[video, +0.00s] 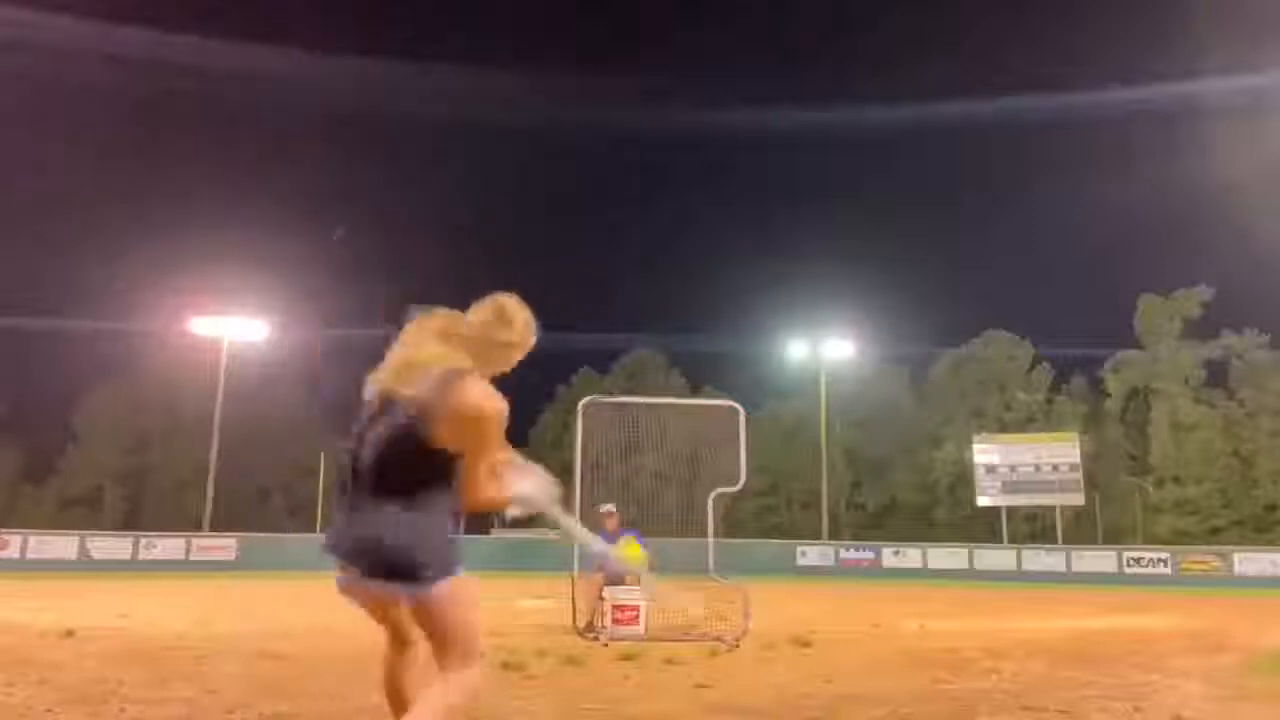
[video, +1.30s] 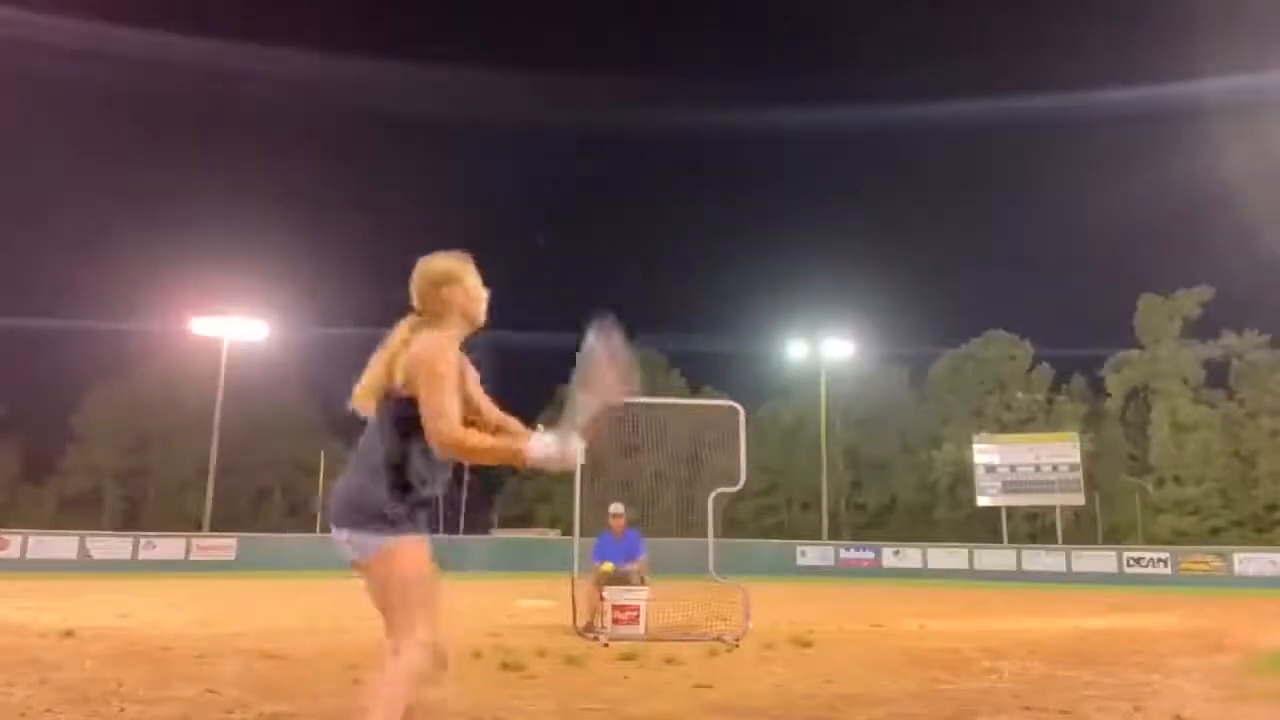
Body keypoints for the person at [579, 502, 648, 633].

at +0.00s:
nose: (610, 522)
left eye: (612, 517)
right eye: (606, 518)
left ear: (619, 518)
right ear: (603, 520)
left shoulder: (631, 536)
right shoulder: (599, 539)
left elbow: (642, 556)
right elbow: (594, 562)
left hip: (628, 573)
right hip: (607, 574)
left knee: (633, 579)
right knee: (594, 581)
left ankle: (633, 622)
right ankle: (590, 621)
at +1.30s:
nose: (617, 522)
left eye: (620, 517)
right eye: (614, 518)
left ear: (625, 519)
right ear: (609, 520)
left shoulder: (634, 536)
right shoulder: (603, 538)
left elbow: (642, 559)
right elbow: (596, 561)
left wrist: (624, 568)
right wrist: (604, 567)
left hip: (628, 573)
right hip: (609, 574)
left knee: (637, 578)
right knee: (594, 584)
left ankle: (637, 620)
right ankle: (590, 620)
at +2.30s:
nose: (611, 521)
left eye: (614, 516)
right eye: (608, 517)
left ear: (620, 518)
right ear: (603, 520)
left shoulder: (631, 537)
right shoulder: (599, 539)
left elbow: (642, 559)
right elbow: (595, 565)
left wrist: (632, 565)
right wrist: (602, 567)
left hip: (627, 576)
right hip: (607, 577)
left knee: (642, 581)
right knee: (593, 586)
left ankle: (637, 620)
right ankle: (591, 621)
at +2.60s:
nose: (611, 520)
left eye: (614, 516)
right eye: (608, 517)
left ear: (621, 518)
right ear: (603, 519)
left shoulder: (631, 538)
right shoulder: (599, 539)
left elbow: (643, 562)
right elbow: (595, 564)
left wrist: (628, 565)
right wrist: (602, 567)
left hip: (627, 576)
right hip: (607, 576)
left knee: (641, 581)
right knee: (592, 586)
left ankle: (638, 621)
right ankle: (591, 620)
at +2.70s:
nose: (611, 520)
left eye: (614, 516)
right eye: (608, 517)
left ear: (620, 518)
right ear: (603, 519)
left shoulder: (631, 538)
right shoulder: (599, 539)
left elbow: (643, 561)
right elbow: (595, 563)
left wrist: (627, 566)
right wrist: (602, 566)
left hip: (626, 576)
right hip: (606, 576)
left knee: (641, 581)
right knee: (592, 587)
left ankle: (638, 621)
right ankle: (591, 620)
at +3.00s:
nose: (612, 520)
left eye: (615, 515)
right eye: (609, 516)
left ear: (621, 517)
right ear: (604, 518)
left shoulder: (631, 537)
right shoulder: (599, 539)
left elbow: (643, 561)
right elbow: (594, 563)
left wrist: (627, 569)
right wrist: (601, 567)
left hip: (626, 575)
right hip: (607, 575)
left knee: (641, 580)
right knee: (592, 586)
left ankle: (638, 621)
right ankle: (591, 620)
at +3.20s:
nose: (612, 519)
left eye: (615, 515)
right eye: (609, 516)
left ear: (621, 517)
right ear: (605, 518)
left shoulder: (631, 537)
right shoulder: (600, 538)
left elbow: (642, 563)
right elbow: (594, 564)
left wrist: (627, 569)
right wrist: (601, 566)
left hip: (625, 574)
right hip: (607, 574)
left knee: (637, 576)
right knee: (593, 581)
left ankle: (637, 620)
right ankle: (589, 620)